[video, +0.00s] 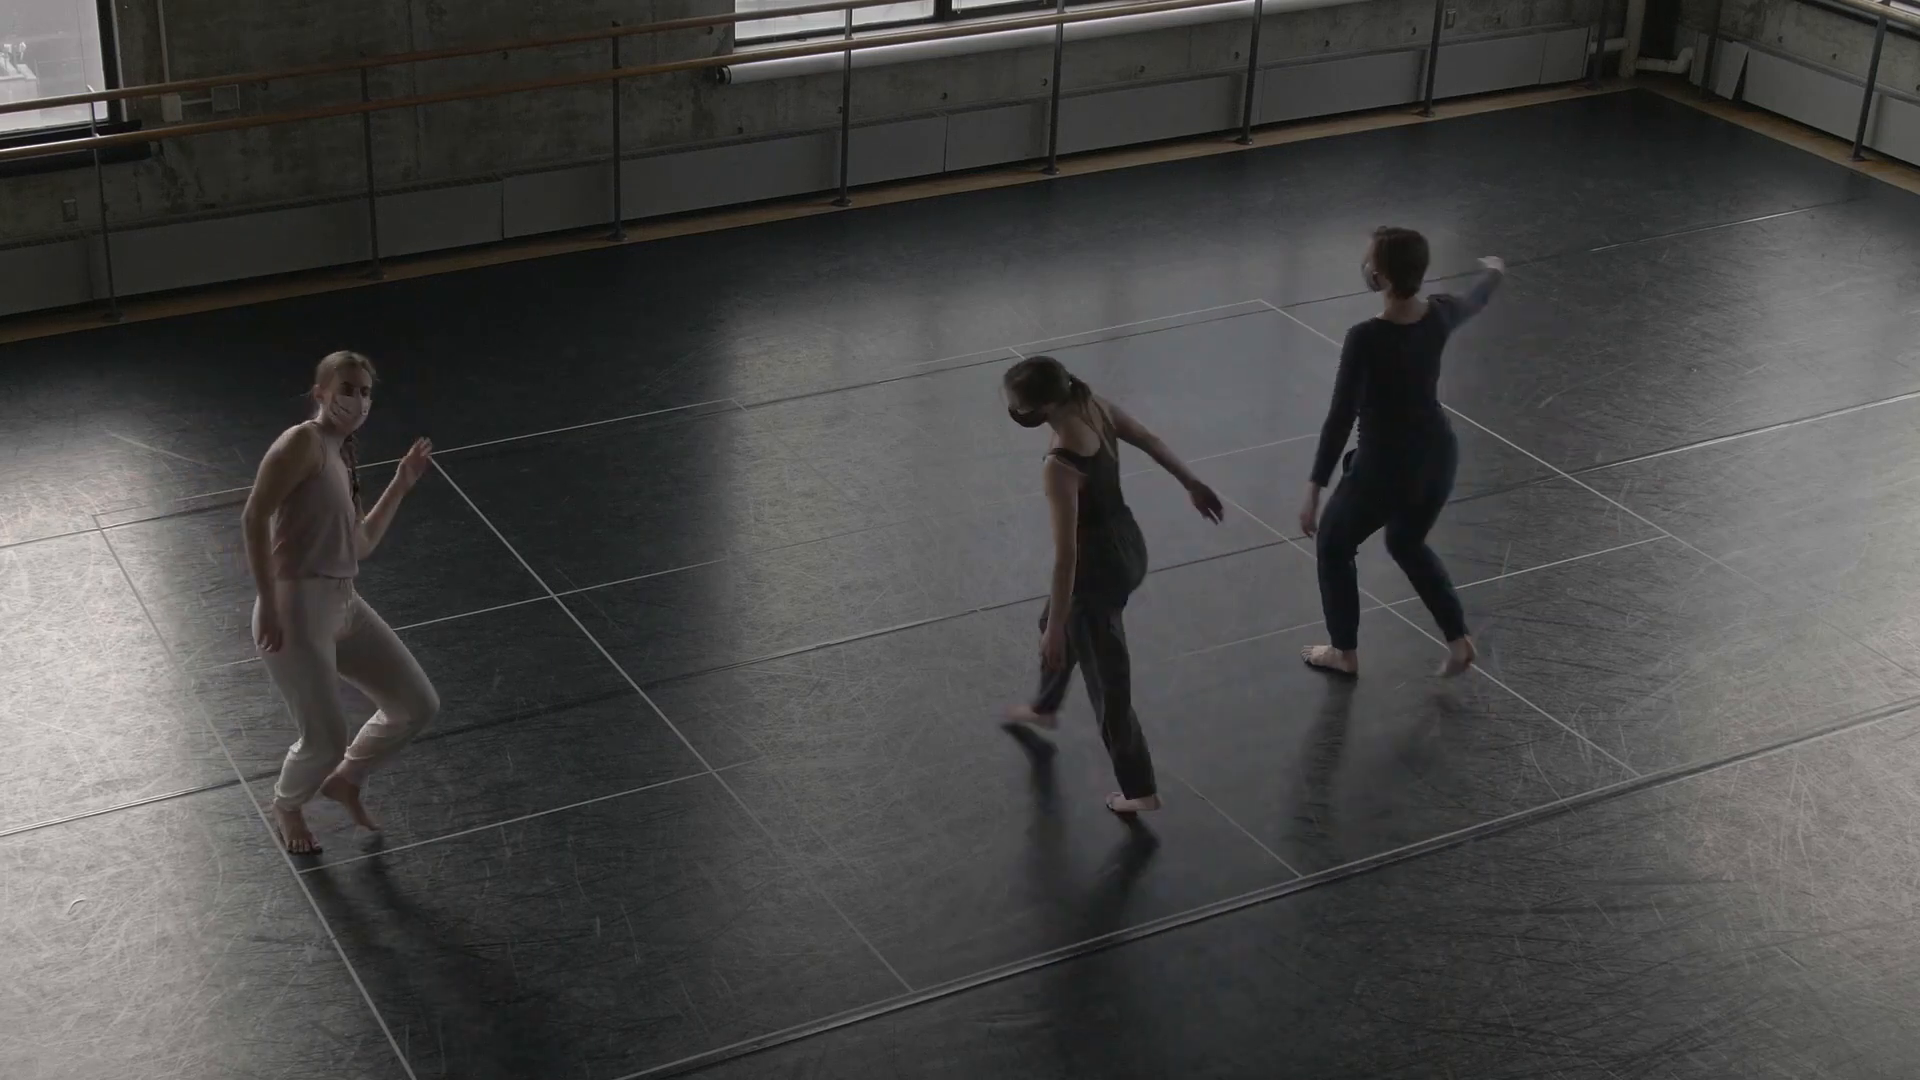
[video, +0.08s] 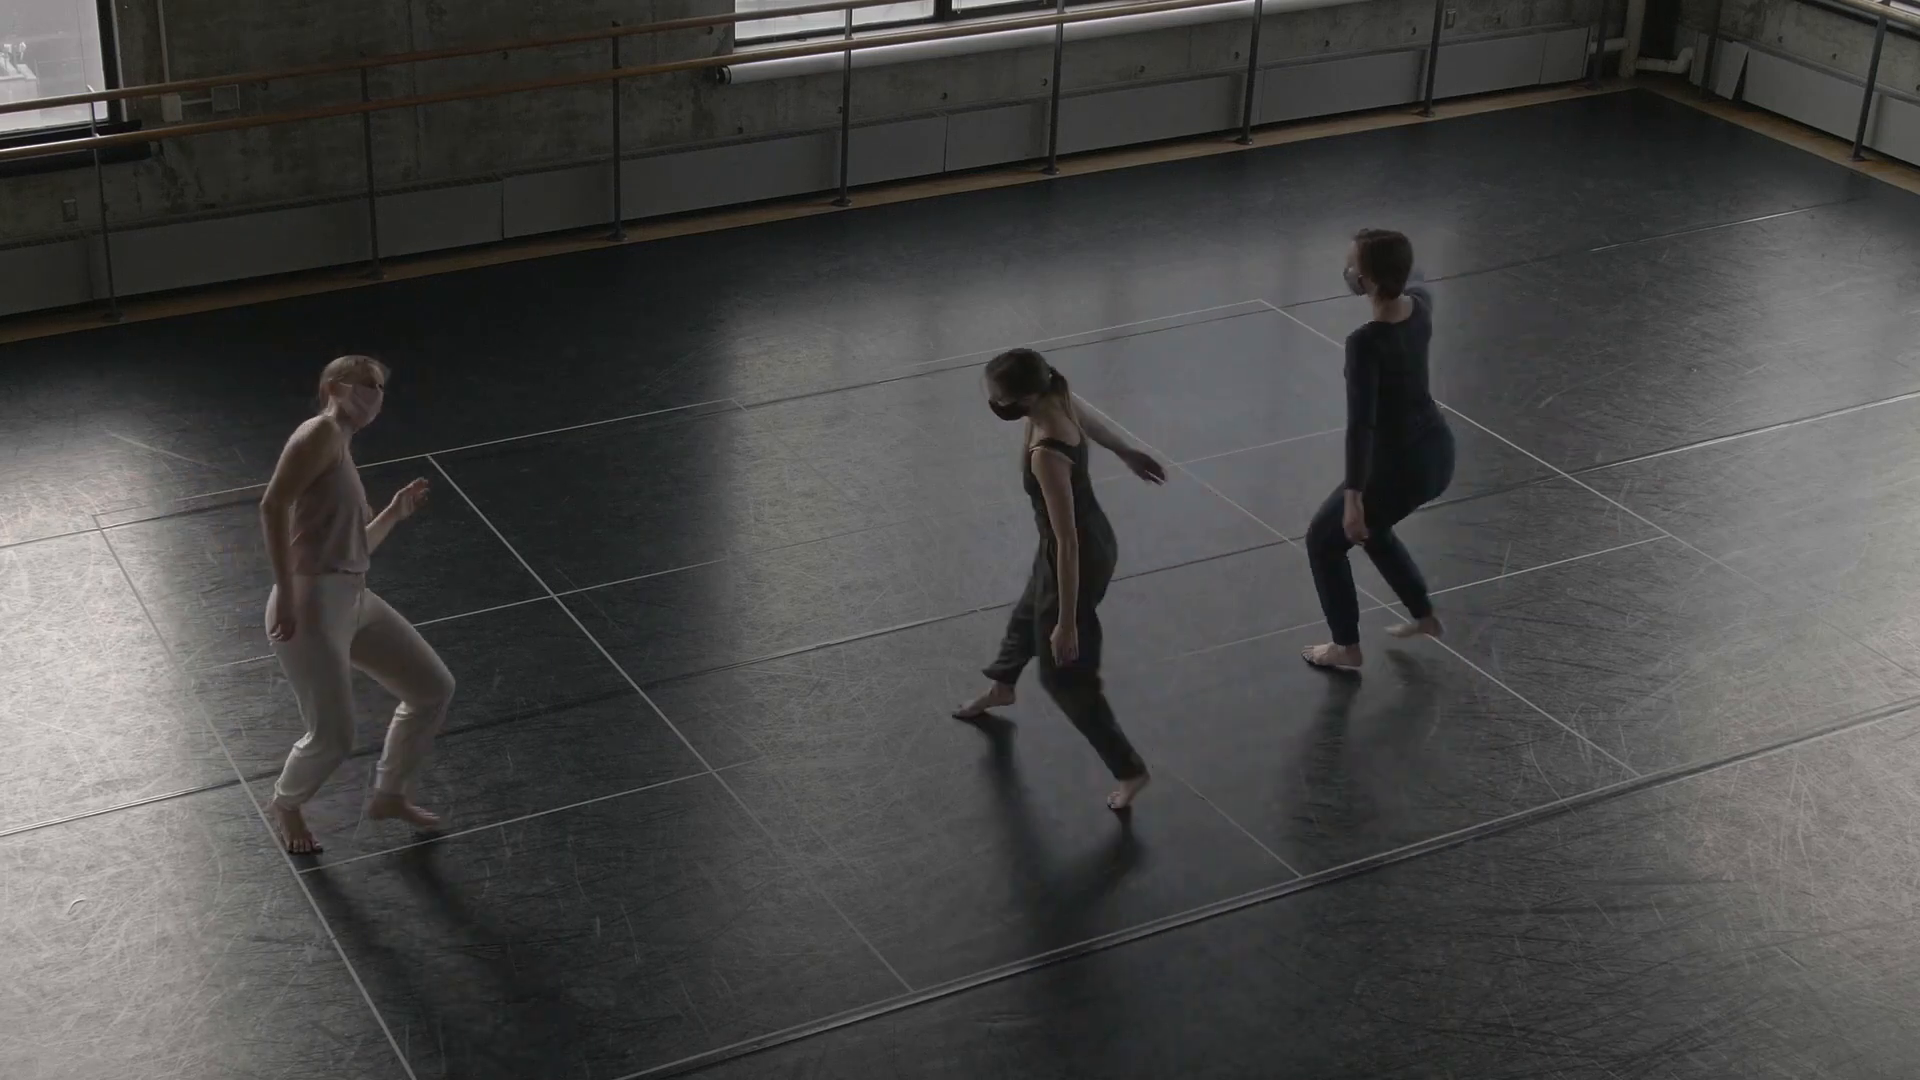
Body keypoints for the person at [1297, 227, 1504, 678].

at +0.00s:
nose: (1365, 267)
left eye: (1371, 262)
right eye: (1369, 259)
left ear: (1382, 275)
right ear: (1420, 271)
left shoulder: (1365, 339)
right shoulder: (1440, 315)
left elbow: (1340, 419)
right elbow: (1474, 300)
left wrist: (1313, 491)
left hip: (1383, 466)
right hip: (1437, 459)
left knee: (1334, 540)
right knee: (1406, 541)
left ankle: (1343, 651)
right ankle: (1459, 642)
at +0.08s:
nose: (1348, 268)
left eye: (1353, 264)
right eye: (1351, 261)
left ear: (1370, 280)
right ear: (1401, 275)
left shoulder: (1364, 343)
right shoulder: (1419, 308)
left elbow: (1360, 426)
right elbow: (1414, 289)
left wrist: (1352, 497)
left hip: (1399, 470)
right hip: (1436, 456)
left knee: (1321, 538)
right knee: (1369, 524)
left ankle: (1346, 648)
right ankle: (1425, 618)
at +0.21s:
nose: (1330, 301)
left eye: (1335, 297)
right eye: (1331, 295)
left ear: (1355, 310)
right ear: (1368, 305)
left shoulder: (1366, 370)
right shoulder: (1377, 329)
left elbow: (1385, 446)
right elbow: (1330, 310)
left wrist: (1395, 518)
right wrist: (1285, 292)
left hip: (1412, 493)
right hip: (1421, 462)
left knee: (1305, 547)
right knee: (1329, 520)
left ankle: (1348, 641)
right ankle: (1366, 592)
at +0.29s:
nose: (1312, 334)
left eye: (1319, 329)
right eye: (1315, 327)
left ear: (1339, 341)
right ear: (1344, 341)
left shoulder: (1366, 403)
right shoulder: (1337, 364)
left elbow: (1399, 472)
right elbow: (1288, 351)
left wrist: (1420, 546)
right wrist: (1224, 339)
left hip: (1409, 518)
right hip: (1386, 490)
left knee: (1302, 557)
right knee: (1304, 536)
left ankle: (1349, 639)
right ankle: (1363, 591)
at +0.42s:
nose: (1299, 396)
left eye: (1306, 391)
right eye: (1301, 389)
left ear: (1332, 404)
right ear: (1324, 400)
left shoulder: (1368, 458)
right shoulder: (1308, 427)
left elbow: (1417, 519)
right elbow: (1247, 430)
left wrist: (1458, 583)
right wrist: (1176, 435)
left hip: (1402, 550)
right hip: (1364, 525)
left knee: (1314, 563)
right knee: (1285, 571)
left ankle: (1347, 637)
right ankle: (1357, 588)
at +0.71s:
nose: (1323, 399)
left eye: (1331, 392)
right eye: (1320, 391)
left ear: (1357, 395)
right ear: (1316, 390)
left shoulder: (1397, 438)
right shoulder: (1311, 435)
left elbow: (1428, 475)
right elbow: (1258, 462)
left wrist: (1447, 511)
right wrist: (1210, 497)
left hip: (1398, 532)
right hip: (1339, 526)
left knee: (1328, 560)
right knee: (1287, 599)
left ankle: (1344, 636)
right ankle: (1341, 587)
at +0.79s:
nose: (1342, 373)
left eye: (1352, 365)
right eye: (1337, 364)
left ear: (1375, 363)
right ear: (1329, 360)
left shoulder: (1406, 406)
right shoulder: (1318, 407)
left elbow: (1418, 461)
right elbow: (1264, 445)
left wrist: (1389, 479)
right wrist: (1237, 481)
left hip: (1397, 509)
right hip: (1338, 503)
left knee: (1333, 557)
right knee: (1298, 594)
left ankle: (1343, 634)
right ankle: (1343, 588)